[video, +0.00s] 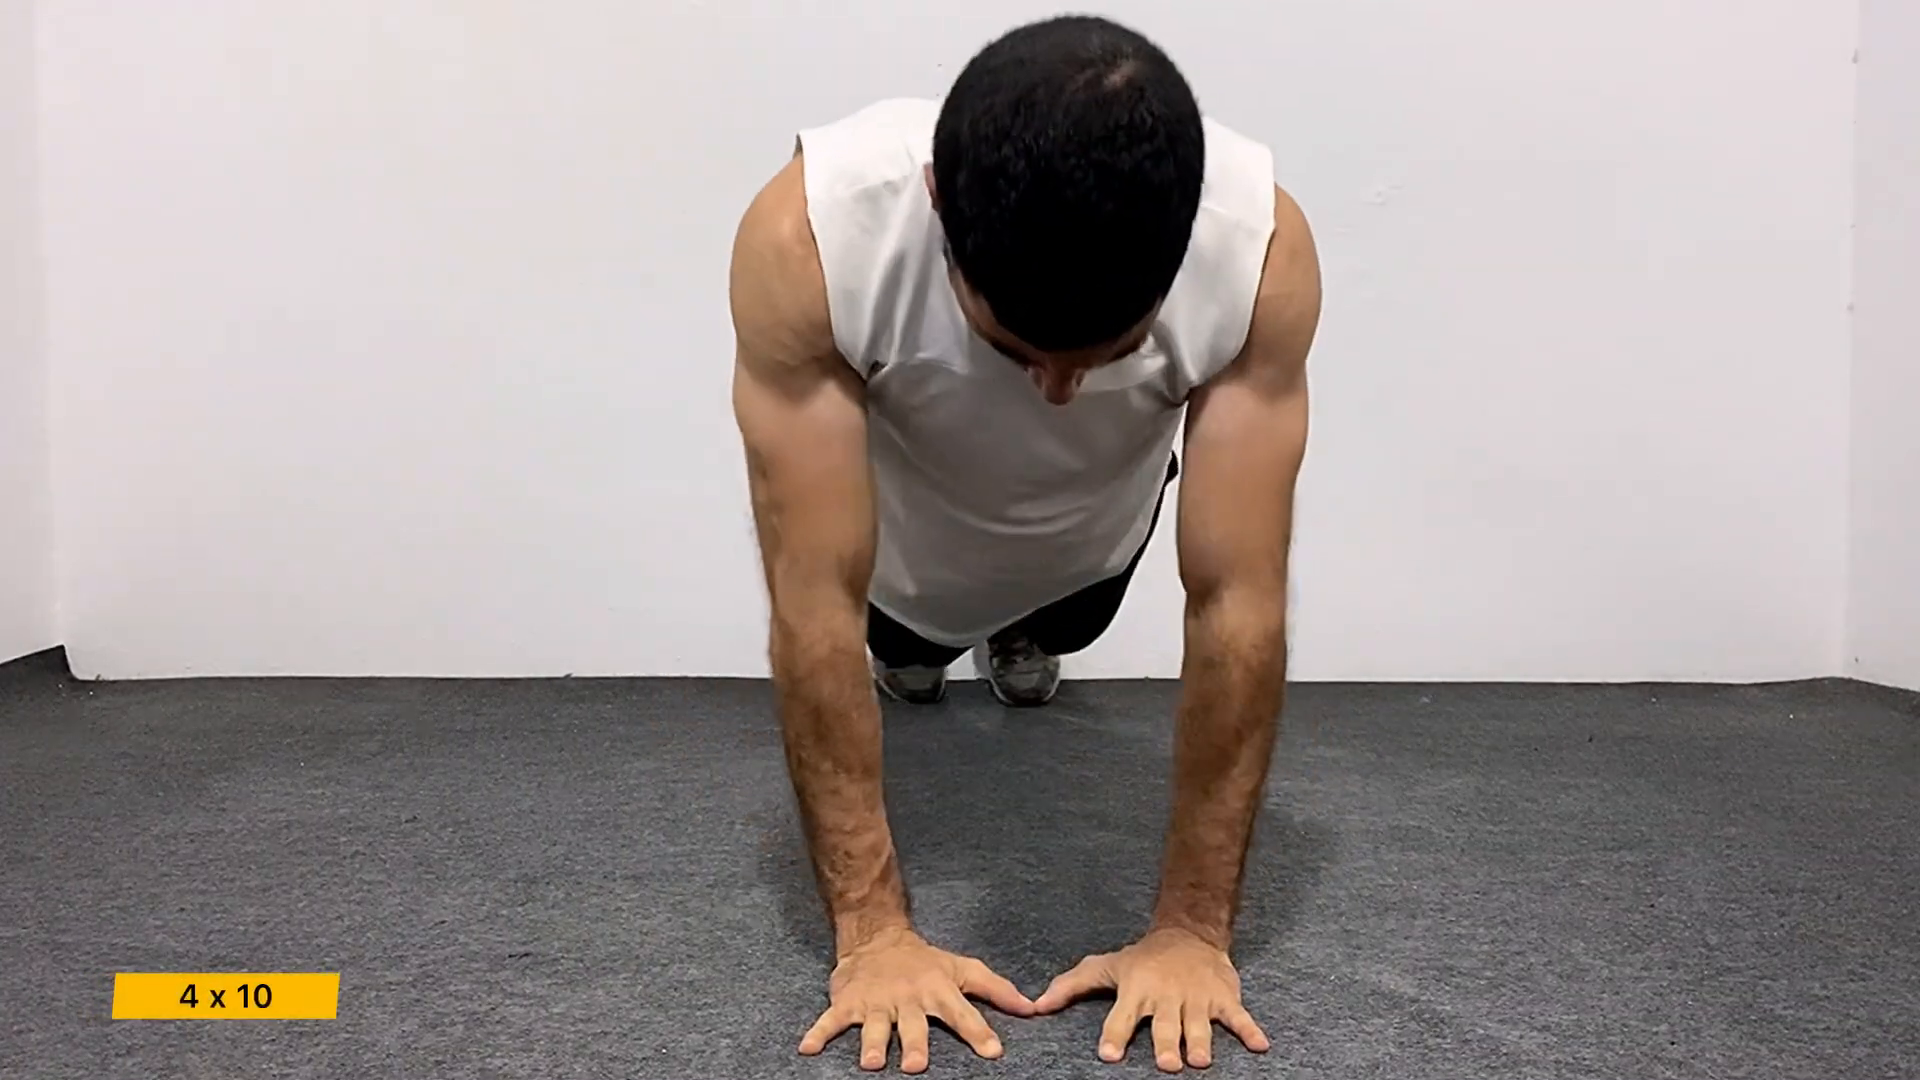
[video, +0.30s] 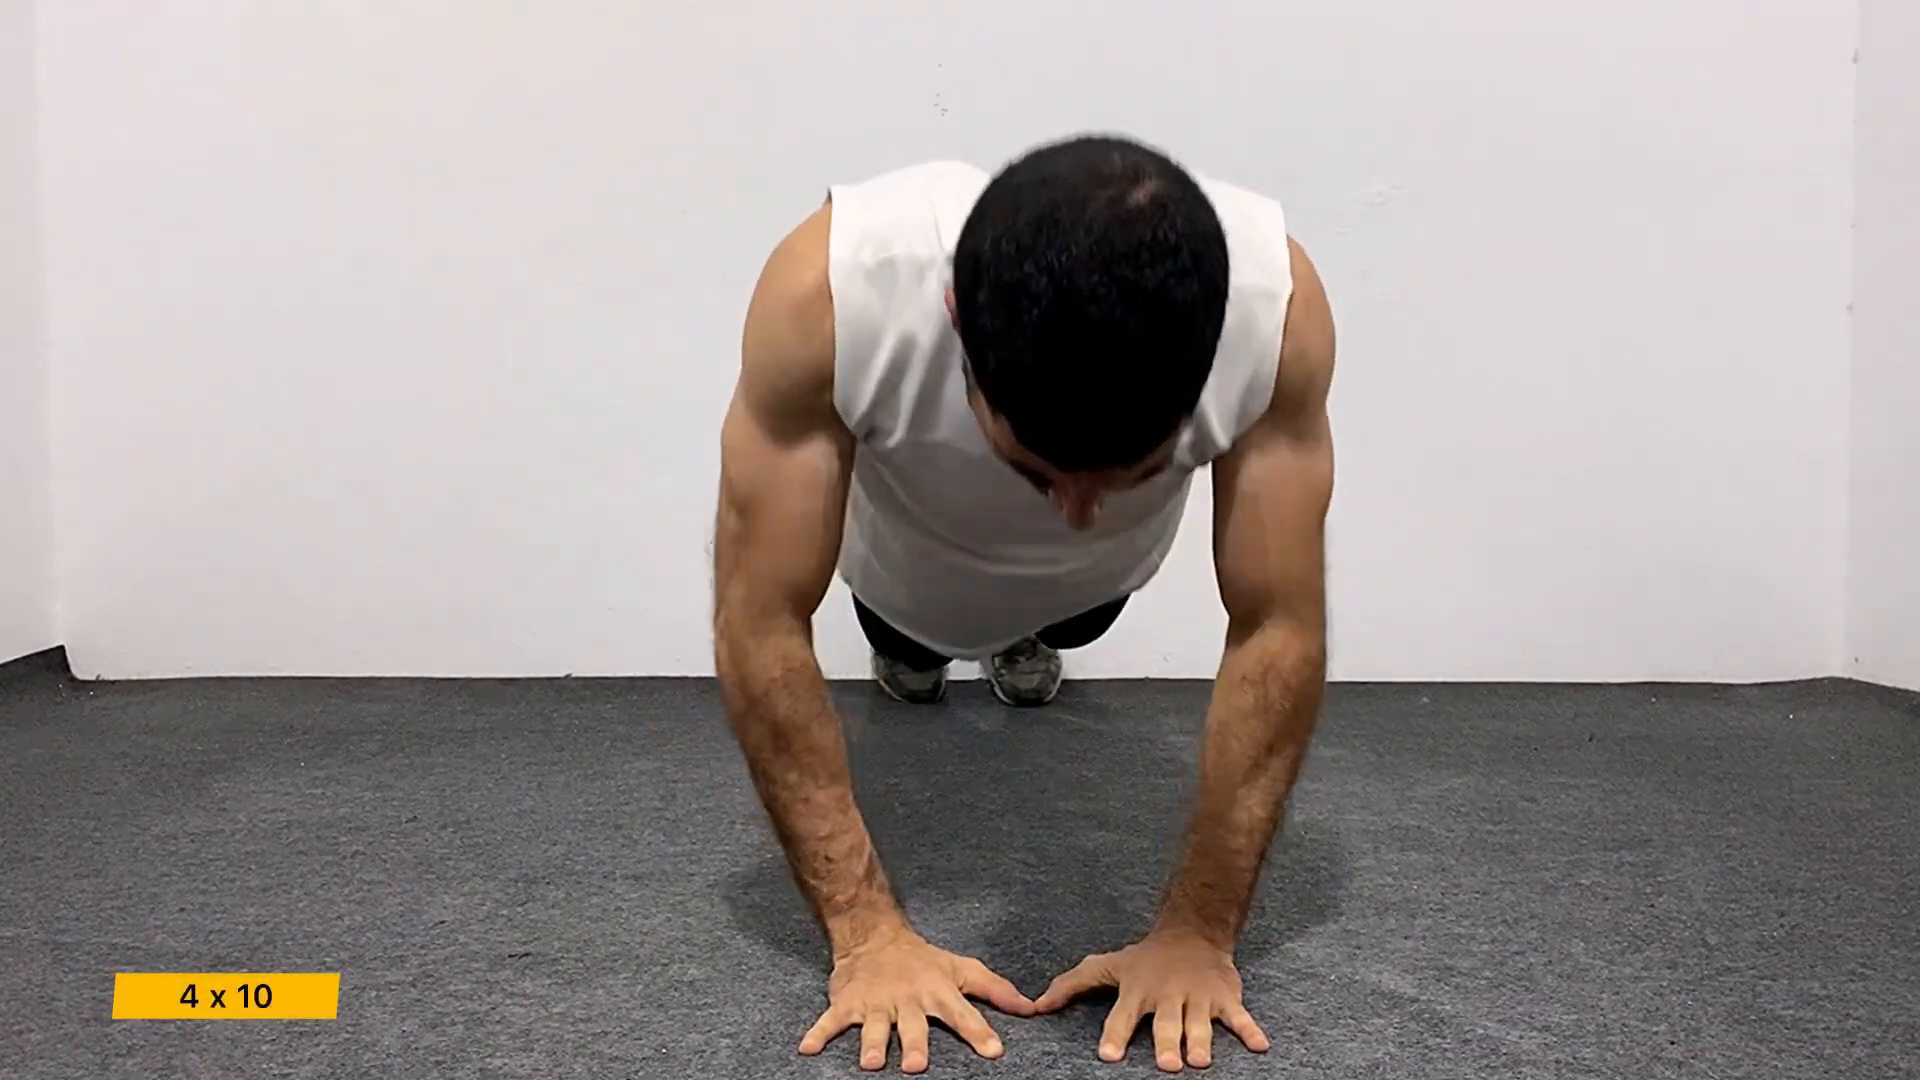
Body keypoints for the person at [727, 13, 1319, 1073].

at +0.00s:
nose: (1060, 384)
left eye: (1102, 347)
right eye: (1018, 341)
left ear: (1174, 259)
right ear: (943, 227)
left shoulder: (1255, 255)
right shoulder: (805, 246)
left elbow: (1238, 603)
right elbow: (815, 596)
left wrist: (1192, 927)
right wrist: (870, 928)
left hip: (1088, 556)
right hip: (910, 562)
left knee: (1051, 632)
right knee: (912, 652)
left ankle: (1028, 648)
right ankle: (912, 663)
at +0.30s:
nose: (1074, 507)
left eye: (1122, 472)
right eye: (1037, 465)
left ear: (1197, 376)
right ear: (960, 332)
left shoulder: (1276, 313)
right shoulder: (824, 299)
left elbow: (1279, 630)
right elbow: (757, 624)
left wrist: (1198, 929)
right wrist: (868, 932)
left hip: (1096, 579)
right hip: (908, 572)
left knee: (1054, 633)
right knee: (912, 645)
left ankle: (1027, 652)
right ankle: (910, 668)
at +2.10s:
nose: (1088, 724)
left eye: (1133, 689)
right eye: (1042, 686)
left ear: (1215, 562)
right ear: (958, 529)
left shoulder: (1283, 480)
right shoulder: (827, 469)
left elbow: (1305, 681)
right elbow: (724, 674)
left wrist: (1201, 926)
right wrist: (865, 933)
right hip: (900, 721)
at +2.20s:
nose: (1093, 871)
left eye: (1136, 833)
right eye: (1051, 826)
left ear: (1227, 697)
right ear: (967, 672)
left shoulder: (1295, 573)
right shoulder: (826, 569)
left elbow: (1314, 707)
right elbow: (709, 692)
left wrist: (1203, 927)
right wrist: (863, 933)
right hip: (911, 816)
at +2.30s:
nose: (1070, 982)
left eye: (1122, 955)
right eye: (1037, 944)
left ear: (1232, 797)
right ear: (965, 766)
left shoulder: (1302, 644)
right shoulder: (830, 643)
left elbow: (1339, 718)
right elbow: (703, 687)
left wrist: (1209, 937)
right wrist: (862, 939)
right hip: (913, 831)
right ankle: (943, 555)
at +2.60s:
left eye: (1122, 1018)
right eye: (1032, 999)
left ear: (1234, 808)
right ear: (956, 804)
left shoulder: (1303, 679)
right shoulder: (827, 680)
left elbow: (1347, 712)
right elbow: (702, 682)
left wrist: (1217, 947)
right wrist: (862, 939)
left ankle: (1012, 567)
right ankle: (897, 569)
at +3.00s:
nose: (1071, 490)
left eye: (1123, 440)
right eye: (1027, 440)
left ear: (1179, 347)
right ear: (947, 301)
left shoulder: (1270, 349)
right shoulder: (814, 334)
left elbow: (1290, 644)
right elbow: (749, 641)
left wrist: (1197, 929)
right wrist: (869, 933)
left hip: (1105, 656)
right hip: (904, 656)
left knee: (1088, 675)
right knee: (904, 675)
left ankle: (1075, 672)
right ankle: (910, 678)